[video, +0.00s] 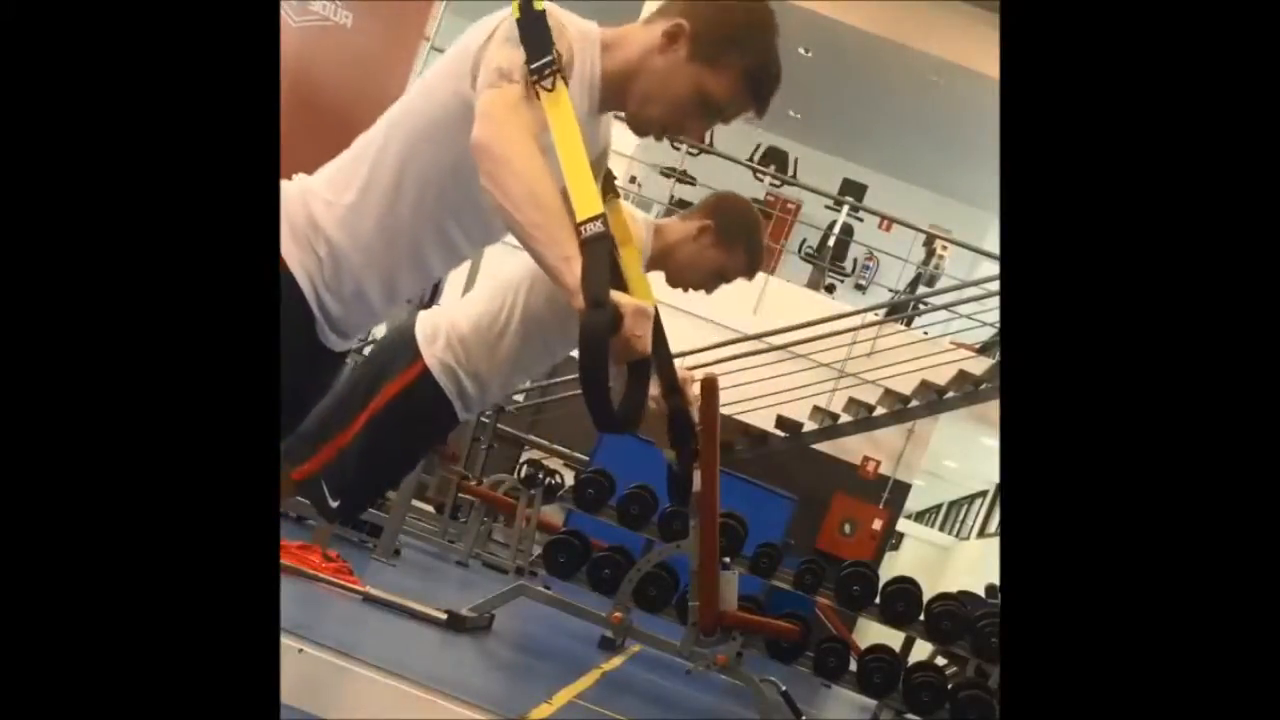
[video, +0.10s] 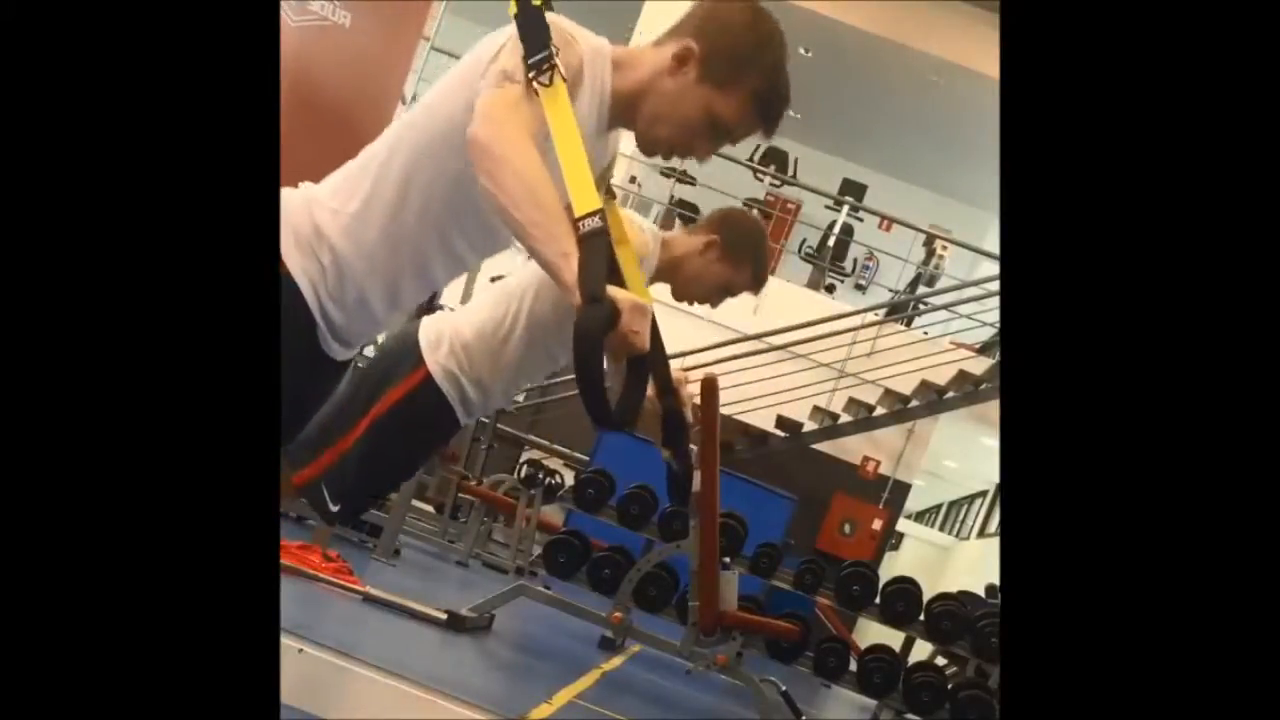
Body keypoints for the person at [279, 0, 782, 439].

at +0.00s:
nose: (699, 137)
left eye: (715, 125)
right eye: (708, 110)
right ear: (673, 39)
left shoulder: (592, 138)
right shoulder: (549, 30)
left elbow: (609, 250)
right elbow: (499, 143)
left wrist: (658, 378)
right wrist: (586, 289)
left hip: (333, 335)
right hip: (290, 273)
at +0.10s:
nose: (705, 154)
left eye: (722, 145)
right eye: (715, 128)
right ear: (685, 57)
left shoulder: (600, 149)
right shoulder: (558, 45)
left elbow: (589, 252)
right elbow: (496, 141)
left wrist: (655, 378)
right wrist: (584, 282)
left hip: (337, 340)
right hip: (294, 278)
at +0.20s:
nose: (718, 190)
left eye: (735, 181)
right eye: (729, 167)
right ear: (701, 98)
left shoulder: (615, 177)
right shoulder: (578, 73)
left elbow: (593, 275)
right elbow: (490, 138)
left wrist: (653, 380)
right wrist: (581, 273)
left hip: (344, 355)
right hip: (299, 290)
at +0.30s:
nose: (727, 234)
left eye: (745, 228)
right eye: (741, 213)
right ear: (719, 146)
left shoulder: (624, 211)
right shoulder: (603, 115)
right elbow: (485, 132)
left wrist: (660, 396)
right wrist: (587, 281)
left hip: (353, 373)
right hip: (310, 316)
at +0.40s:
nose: (743, 287)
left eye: (761, 281)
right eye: (757, 266)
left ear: (739, 195)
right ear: (740, 198)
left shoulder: (646, 244)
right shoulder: (622, 159)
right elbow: (488, 139)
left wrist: (648, 391)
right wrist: (603, 280)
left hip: (360, 400)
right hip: (318, 341)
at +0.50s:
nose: (749, 331)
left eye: (769, 328)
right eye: (768, 315)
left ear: (754, 251)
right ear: (753, 251)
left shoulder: (670, 289)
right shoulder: (645, 202)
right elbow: (504, 168)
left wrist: (668, 408)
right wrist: (629, 307)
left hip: (367, 426)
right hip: (326, 367)